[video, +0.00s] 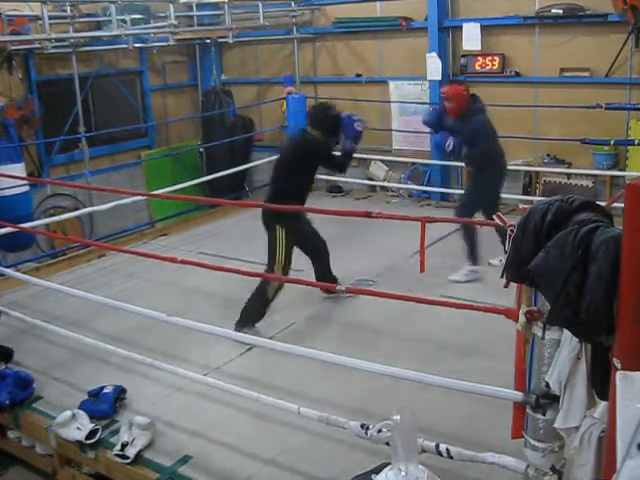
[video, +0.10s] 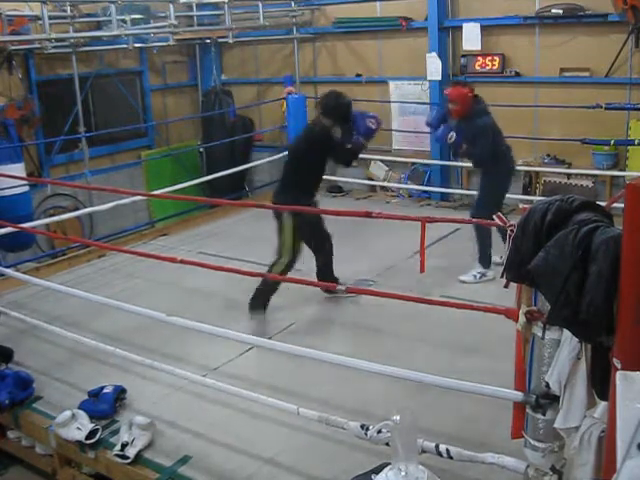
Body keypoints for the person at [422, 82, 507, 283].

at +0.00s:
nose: (446, 107)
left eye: (449, 103)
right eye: (445, 103)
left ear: (461, 102)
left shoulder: (476, 121)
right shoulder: (462, 115)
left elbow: (479, 153)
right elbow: (448, 125)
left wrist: (457, 149)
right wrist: (435, 120)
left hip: (489, 170)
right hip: (488, 167)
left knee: (464, 213)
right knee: (490, 210)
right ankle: (513, 252)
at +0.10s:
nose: (451, 109)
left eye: (454, 105)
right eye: (450, 104)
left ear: (466, 104)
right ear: (451, 104)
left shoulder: (481, 123)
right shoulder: (467, 113)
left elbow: (482, 156)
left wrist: (462, 148)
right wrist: (437, 121)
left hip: (498, 167)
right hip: (494, 165)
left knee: (480, 214)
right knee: (493, 211)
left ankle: (484, 267)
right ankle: (516, 250)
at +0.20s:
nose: (459, 111)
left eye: (463, 107)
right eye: (457, 106)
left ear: (474, 106)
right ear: (458, 106)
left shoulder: (488, 126)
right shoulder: (476, 116)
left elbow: (483, 158)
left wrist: (461, 140)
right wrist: (453, 126)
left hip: (506, 171)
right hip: (500, 168)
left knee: (483, 217)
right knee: (498, 210)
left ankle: (485, 267)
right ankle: (524, 246)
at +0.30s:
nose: (470, 107)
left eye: (474, 103)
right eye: (470, 103)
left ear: (487, 105)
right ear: (479, 105)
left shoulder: (499, 124)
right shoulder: (484, 121)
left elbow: (493, 155)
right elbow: (472, 150)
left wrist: (473, 135)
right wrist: (463, 129)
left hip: (513, 175)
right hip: (506, 173)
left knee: (487, 216)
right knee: (512, 217)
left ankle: (485, 268)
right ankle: (527, 261)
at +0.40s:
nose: (484, 107)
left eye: (488, 103)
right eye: (483, 103)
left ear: (500, 104)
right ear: (498, 104)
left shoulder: (514, 124)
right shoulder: (502, 118)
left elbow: (507, 155)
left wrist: (485, 138)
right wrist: (475, 115)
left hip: (522, 177)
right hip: (517, 174)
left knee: (492, 216)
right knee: (525, 220)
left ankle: (487, 268)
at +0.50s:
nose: (496, 121)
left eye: (498, 117)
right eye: (496, 117)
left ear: (506, 117)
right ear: (512, 114)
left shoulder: (518, 133)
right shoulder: (521, 122)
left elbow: (500, 156)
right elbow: (501, 141)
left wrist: (485, 138)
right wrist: (487, 133)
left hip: (529, 185)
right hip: (534, 181)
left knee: (496, 211)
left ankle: (498, 265)